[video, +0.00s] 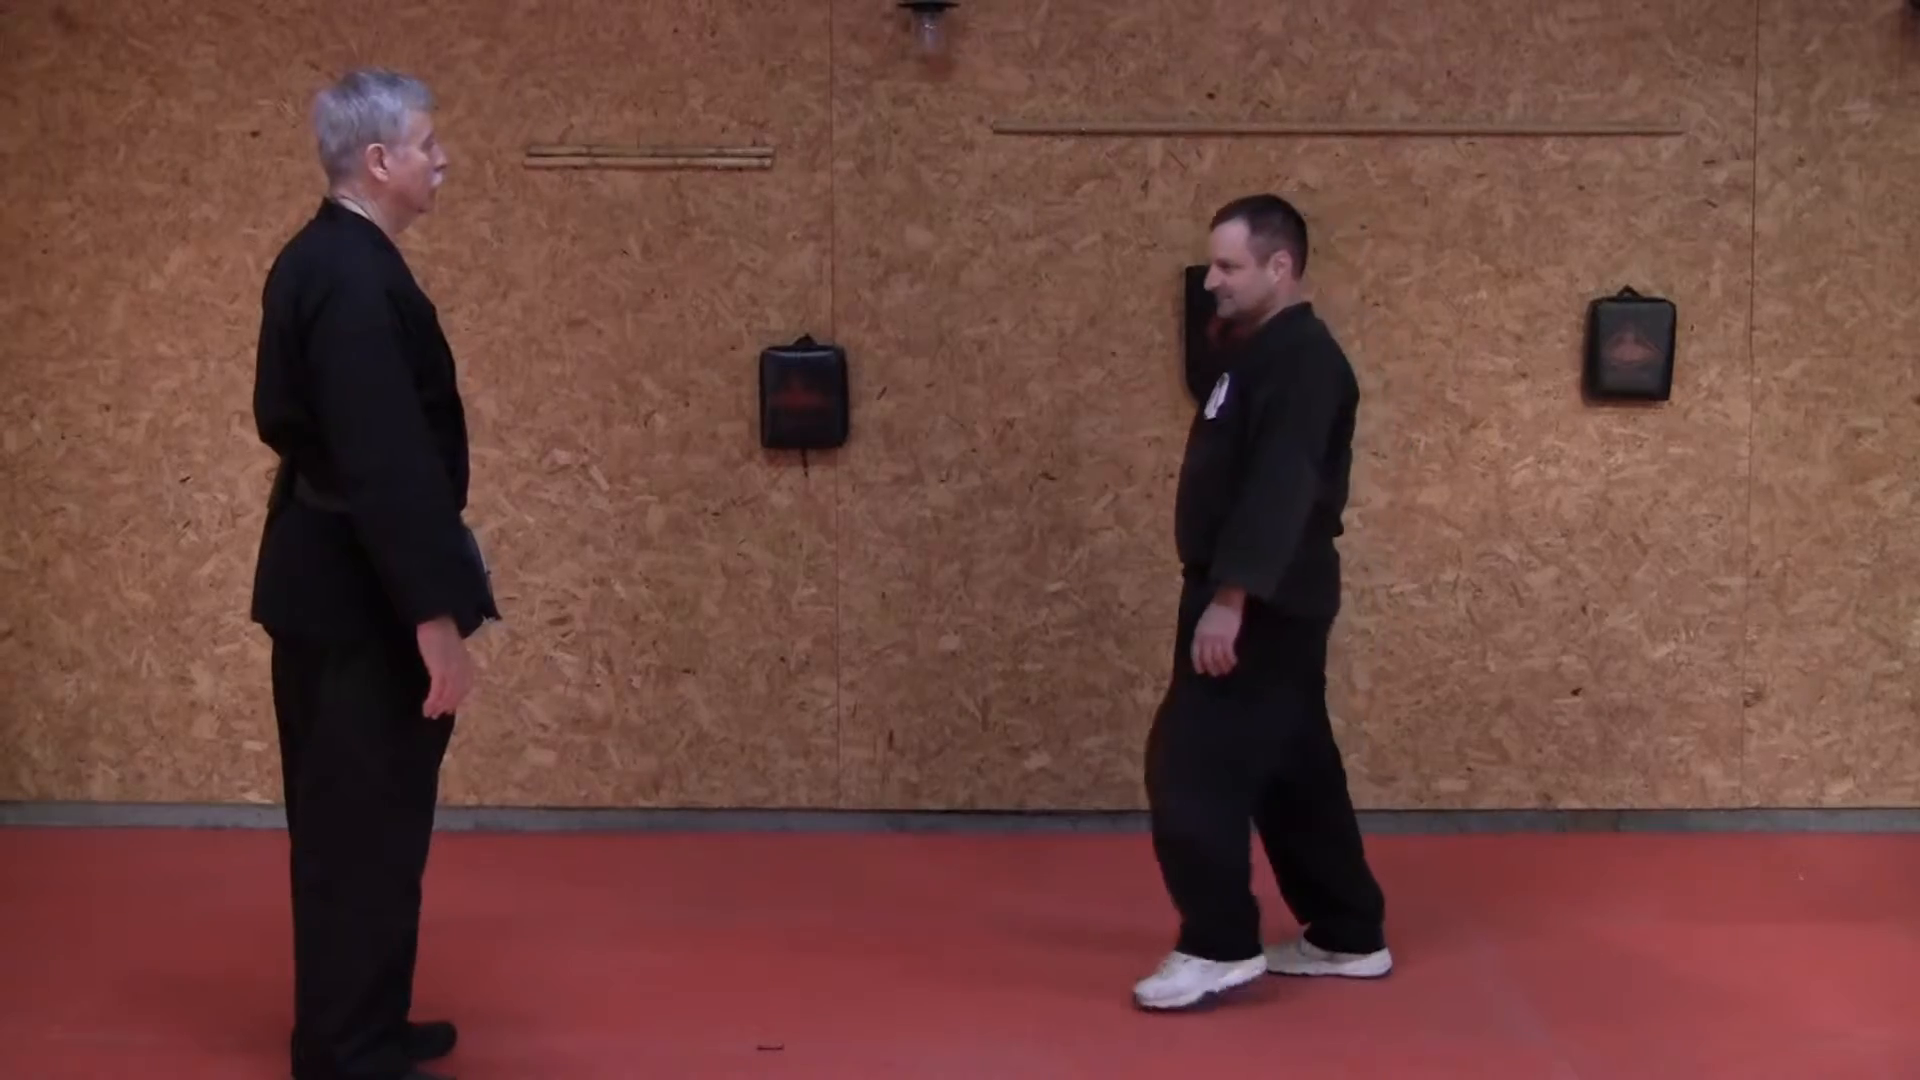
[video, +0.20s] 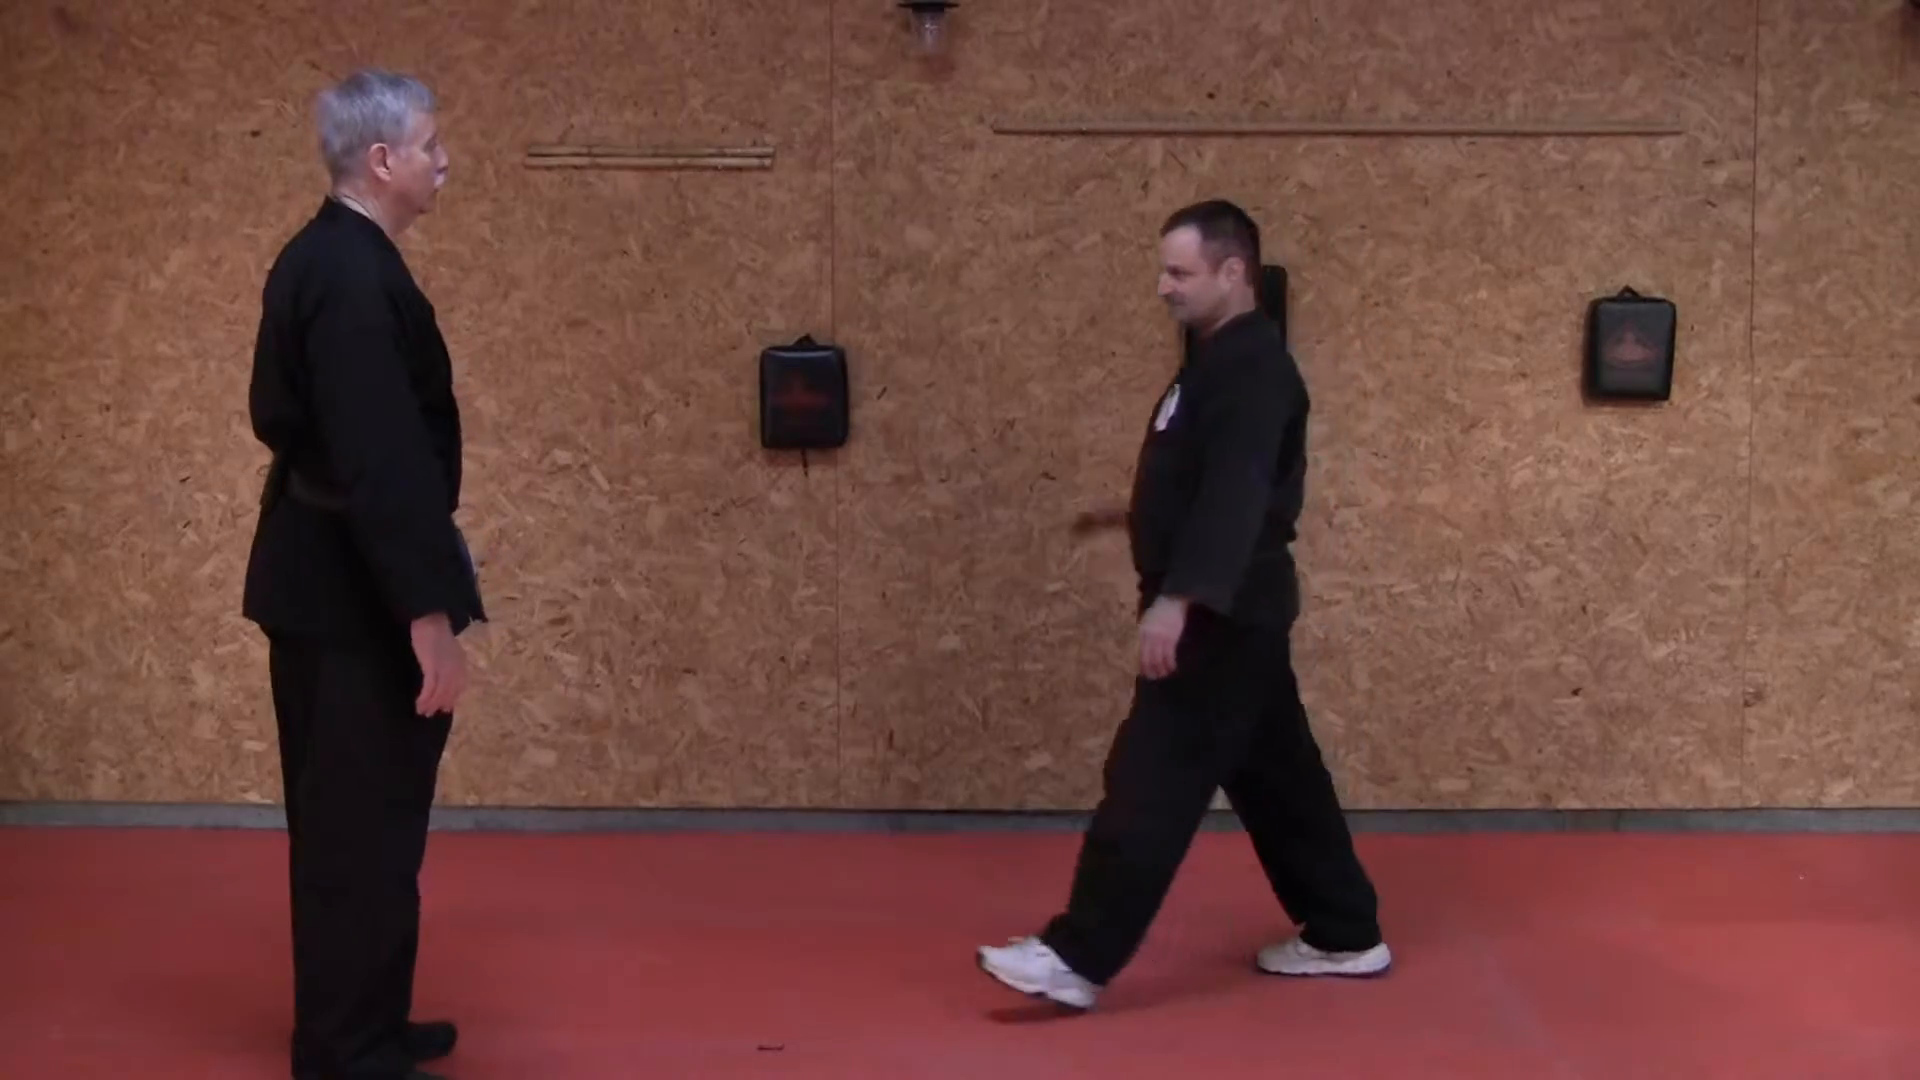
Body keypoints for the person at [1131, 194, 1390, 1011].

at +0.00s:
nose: (1213, 284)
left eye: (1226, 269)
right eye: (1212, 270)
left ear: (1278, 266)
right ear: (1270, 269)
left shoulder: (1302, 354)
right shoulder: (1263, 349)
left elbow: (1281, 489)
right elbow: (1205, 383)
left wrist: (1230, 596)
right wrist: (1206, 307)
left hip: (1261, 602)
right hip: (1263, 600)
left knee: (1189, 764)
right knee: (1294, 765)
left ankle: (1220, 945)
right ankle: (1349, 935)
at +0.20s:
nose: (1166, 289)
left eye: (1180, 274)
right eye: (1163, 273)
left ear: (1234, 272)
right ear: (1219, 274)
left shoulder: (1253, 362)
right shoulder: (1215, 355)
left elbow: (1234, 496)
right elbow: (1201, 479)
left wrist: (1178, 598)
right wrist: (1135, 513)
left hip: (1222, 608)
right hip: (1216, 605)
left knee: (1148, 782)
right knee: (1278, 774)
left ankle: (1080, 957)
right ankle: (1346, 935)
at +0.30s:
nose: (1129, 293)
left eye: (1143, 278)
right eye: (1128, 279)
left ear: (1198, 277)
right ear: (1189, 281)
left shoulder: (1217, 358)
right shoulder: (1188, 356)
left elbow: (1203, 491)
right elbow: (1164, 472)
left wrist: (1145, 600)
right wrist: (1090, 460)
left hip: (1190, 613)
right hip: (1195, 610)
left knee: (1111, 788)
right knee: (1264, 776)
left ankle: (1042, 961)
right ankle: (1341, 931)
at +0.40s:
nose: (1084, 293)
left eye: (1099, 278)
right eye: (1084, 277)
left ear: (1156, 281)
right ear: (1139, 283)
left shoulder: (1174, 369)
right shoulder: (1135, 366)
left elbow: (1165, 499)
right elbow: (1101, 442)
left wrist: (1110, 603)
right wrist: (1023, 411)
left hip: (1146, 627)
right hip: (1146, 627)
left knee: (1060, 782)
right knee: (1231, 777)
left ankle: (1026, 973)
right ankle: (1329, 913)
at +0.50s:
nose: (1033, 286)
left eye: (1049, 272)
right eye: (1033, 271)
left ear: (1106, 277)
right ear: (1079, 277)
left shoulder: (1129, 381)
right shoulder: (1061, 367)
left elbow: (1126, 510)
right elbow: (1011, 412)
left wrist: (1083, 612)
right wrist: (949, 382)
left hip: (1090, 630)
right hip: (1046, 622)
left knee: (1018, 793)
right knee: (1130, 770)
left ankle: (1019, 976)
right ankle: (1273, 884)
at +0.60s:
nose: (981, 281)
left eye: (999, 268)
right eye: (980, 267)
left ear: (1057, 273)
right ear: (1004, 274)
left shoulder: (1092, 385)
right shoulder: (984, 371)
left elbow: (1100, 515)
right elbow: (920, 416)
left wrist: (1068, 623)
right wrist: (873, 371)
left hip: (1040, 629)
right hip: (981, 623)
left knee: (996, 802)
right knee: (1007, 789)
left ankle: (1016, 981)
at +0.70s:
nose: (928, 280)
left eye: (945, 267)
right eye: (925, 265)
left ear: (1003, 272)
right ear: (931, 270)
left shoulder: (1047, 382)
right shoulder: (908, 368)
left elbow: (1086, 512)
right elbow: (806, 410)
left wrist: (1063, 625)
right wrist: (777, 367)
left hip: (1005, 639)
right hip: (917, 631)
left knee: (991, 810)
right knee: (878, 789)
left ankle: (1018, 980)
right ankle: (938, 944)